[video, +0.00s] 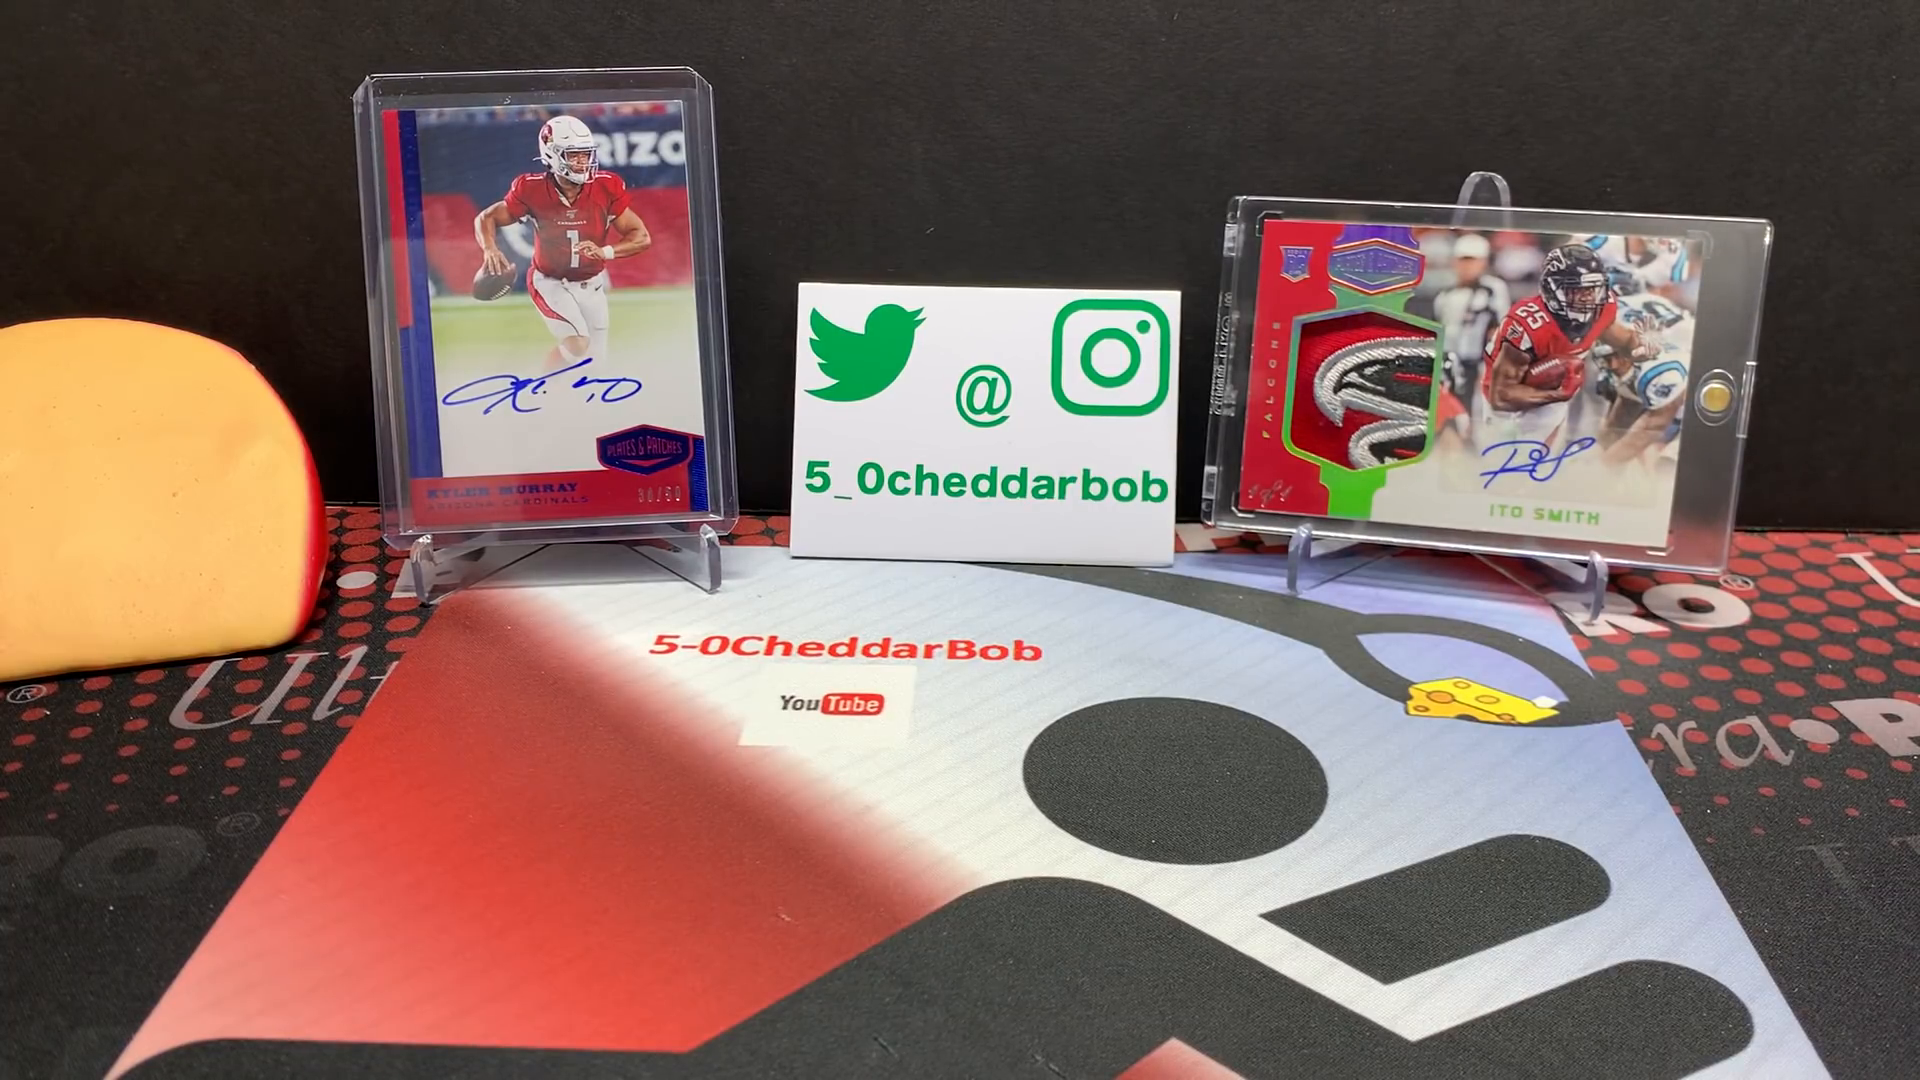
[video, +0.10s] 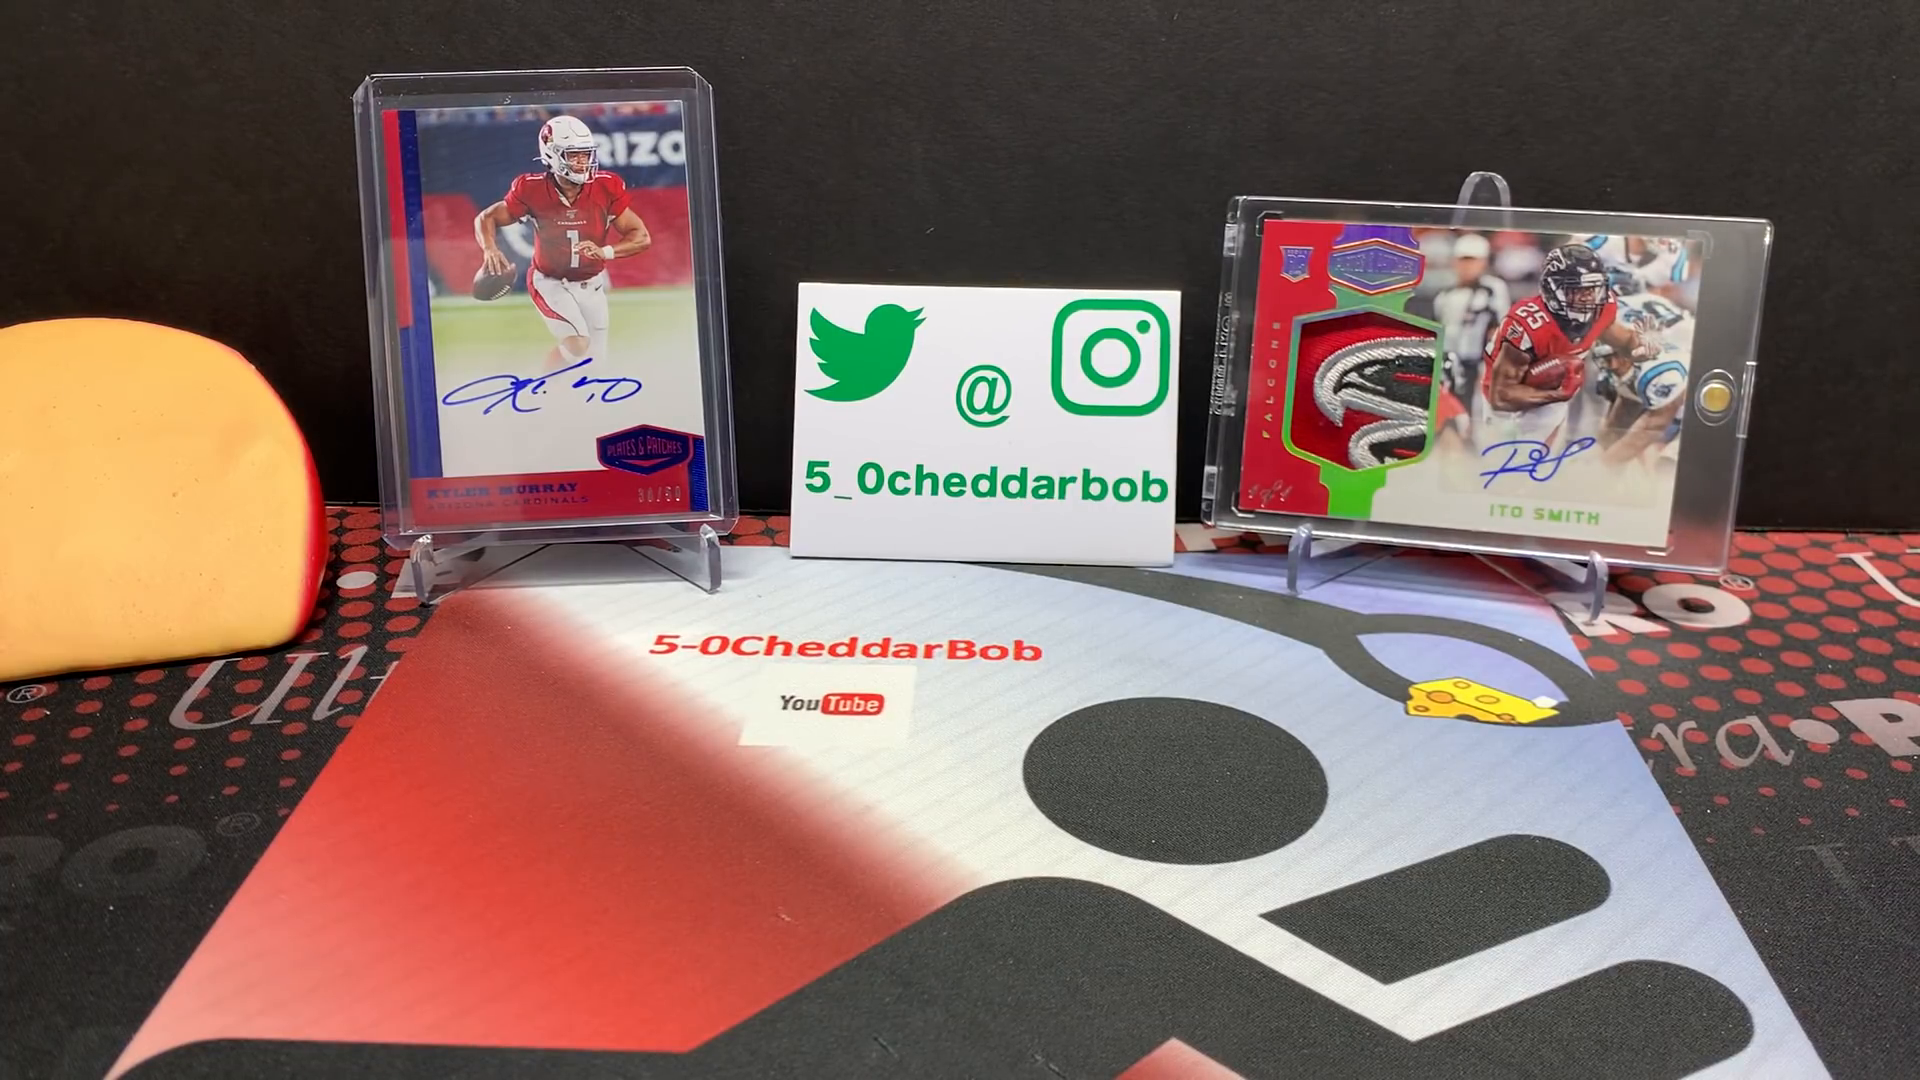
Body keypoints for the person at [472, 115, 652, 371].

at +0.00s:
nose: (580, 162)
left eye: (585, 155)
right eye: (573, 156)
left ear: (592, 154)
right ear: (552, 155)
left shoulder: (607, 187)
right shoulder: (530, 189)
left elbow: (642, 237)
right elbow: (484, 219)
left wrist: (606, 252)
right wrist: (490, 249)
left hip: (591, 283)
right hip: (549, 281)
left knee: (596, 363)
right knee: (577, 344)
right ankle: (534, 391)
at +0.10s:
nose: (580, 162)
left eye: (585, 155)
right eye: (573, 156)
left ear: (592, 154)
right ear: (552, 155)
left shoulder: (606, 187)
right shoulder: (530, 189)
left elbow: (642, 238)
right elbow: (484, 219)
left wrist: (606, 252)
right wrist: (490, 249)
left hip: (591, 283)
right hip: (549, 281)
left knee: (596, 363)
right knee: (577, 344)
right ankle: (534, 391)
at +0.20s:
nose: (580, 162)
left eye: (585, 155)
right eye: (573, 156)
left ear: (592, 154)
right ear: (552, 155)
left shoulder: (607, 187)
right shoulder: (530, 189)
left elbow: (642, 237)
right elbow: (484, 219)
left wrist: (606, 252)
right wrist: (490, 249)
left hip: (591, 283)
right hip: (549, 280)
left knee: (596, 363)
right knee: (577, 344)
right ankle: (534, 391)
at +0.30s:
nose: (580, 162)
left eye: (585, 155)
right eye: (573, 156)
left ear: (592, 154)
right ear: (552, 155)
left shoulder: (607, 187)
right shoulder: (530, 189)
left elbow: (642, 237)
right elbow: (484, 219)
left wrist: (606, 252)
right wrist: (490, 249)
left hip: (591, 283)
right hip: (549, 281)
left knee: (596, 363)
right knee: (577, 344)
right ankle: (534, 391)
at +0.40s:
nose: (580, 162)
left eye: (585, 155)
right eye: (573, 156)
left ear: (592, 154)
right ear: (552, 155)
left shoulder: (607, 187)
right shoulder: (530, 189)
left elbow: (642, 238)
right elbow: (484, 219)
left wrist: (606, 252)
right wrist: (490, 248)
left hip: (591, 283)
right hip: (549, 280)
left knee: (596, 363)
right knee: (577, 344)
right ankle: (534, 391)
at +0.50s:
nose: (580, 162)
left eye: (584, 155)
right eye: (573, 156)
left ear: (592, 154)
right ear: (552, 155)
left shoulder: (606, 187)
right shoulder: (530, 189)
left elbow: (642, 237)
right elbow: (484, 219)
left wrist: (606, 252)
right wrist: (490, 248)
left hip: (591, 283)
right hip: (549, 280)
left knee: (596, 363)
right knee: (577, 344)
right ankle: (535, 391)